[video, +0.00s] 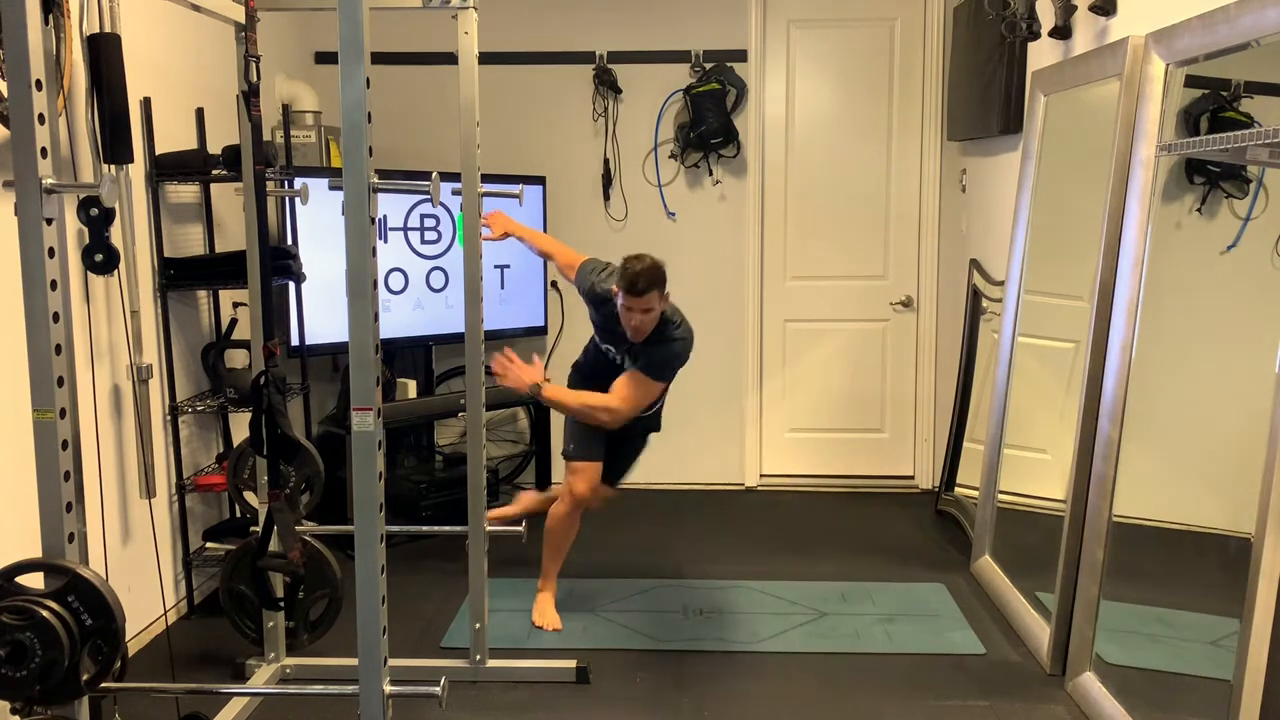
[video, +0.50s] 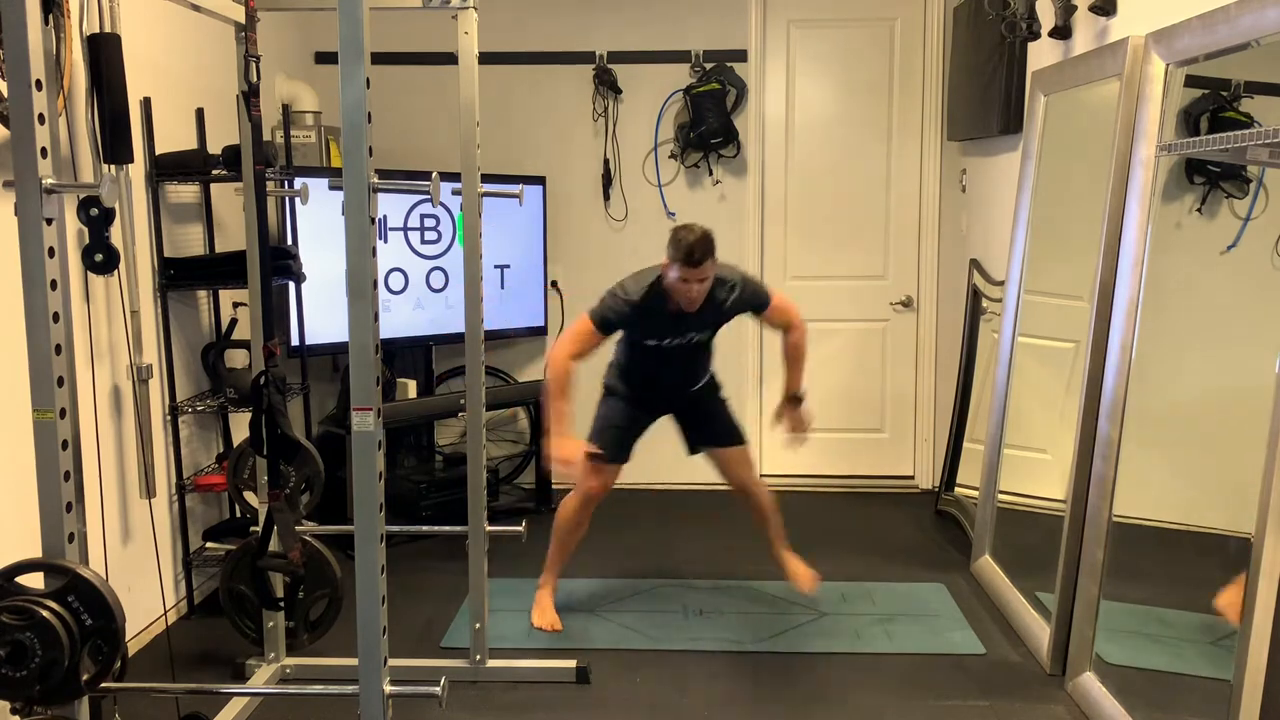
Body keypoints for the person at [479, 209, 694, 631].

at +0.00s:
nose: (635, 321)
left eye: (645, 312)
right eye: (627, 310)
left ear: (664, 302)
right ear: (616, 296)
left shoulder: (675, 338)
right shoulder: (601, 285)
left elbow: (615, 410)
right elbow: (560, 257)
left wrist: (540, 388)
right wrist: (514, 228)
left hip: (639, 409)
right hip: (590, 385)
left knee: (597, 495)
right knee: (577, 491)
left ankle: (531, 502)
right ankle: (546, 592)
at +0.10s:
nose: (625, 329)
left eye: (636, 320)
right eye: (617, 318)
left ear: (655, 308)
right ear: (607, 303)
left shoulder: (666, 348)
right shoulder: (597, 288)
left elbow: (586, 405)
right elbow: (557, 261)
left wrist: (528, 361)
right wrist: (510, 233)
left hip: (623, 420)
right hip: (580, 389)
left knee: (542, 472)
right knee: (572, 490)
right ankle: (545, 591)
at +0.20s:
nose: (628, 333)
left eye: (639, 323)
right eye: (620, 322)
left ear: (656, 312)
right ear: (609, 309)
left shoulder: (670, 347)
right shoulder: (596, 295)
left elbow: (604, 413)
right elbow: (543, 267)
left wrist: (540, 377)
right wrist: (493, 249)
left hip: (623, 420)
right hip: (577, 390)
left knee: (558, 486)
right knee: (568, 490)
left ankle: (478, 509)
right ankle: (544, 591)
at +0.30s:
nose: (643, 330)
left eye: (654, 320)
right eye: (635, 319)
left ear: (669, 307)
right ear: (622, 306)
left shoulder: (682, 337)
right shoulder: (599, 302)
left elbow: (670, 427)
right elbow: (531, 282)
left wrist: (592, 420)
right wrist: (468, 292)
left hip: (632, 410)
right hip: (581, 397)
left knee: (607, 509)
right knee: (571, 495)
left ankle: (547, 515)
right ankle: (545, 592)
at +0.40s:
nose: (666, 314)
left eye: (674, 304)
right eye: (657, 304)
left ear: (685, 291)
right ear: (638, 290)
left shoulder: (702, 319)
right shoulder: (603, 303)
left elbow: (751, 387)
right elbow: (524, 314)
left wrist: (707, 446)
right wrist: (472, 363)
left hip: (655, 407)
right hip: (596, 401)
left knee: (681, 503)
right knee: (574, 501)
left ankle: (669, 529)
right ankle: (544, 594)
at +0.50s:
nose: (693, 291)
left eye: (702, 281)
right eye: (684, 281)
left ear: (713, 270)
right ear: (666, 268)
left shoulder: (733, 288)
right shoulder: (633, 296)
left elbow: (794, 323)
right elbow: (558, 356)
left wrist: (793, 395)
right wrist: (560, 435)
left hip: (695, 390)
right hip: (631, 392)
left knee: (746, 480)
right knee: (591, 488)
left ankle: (785, 554)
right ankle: (546, 587)